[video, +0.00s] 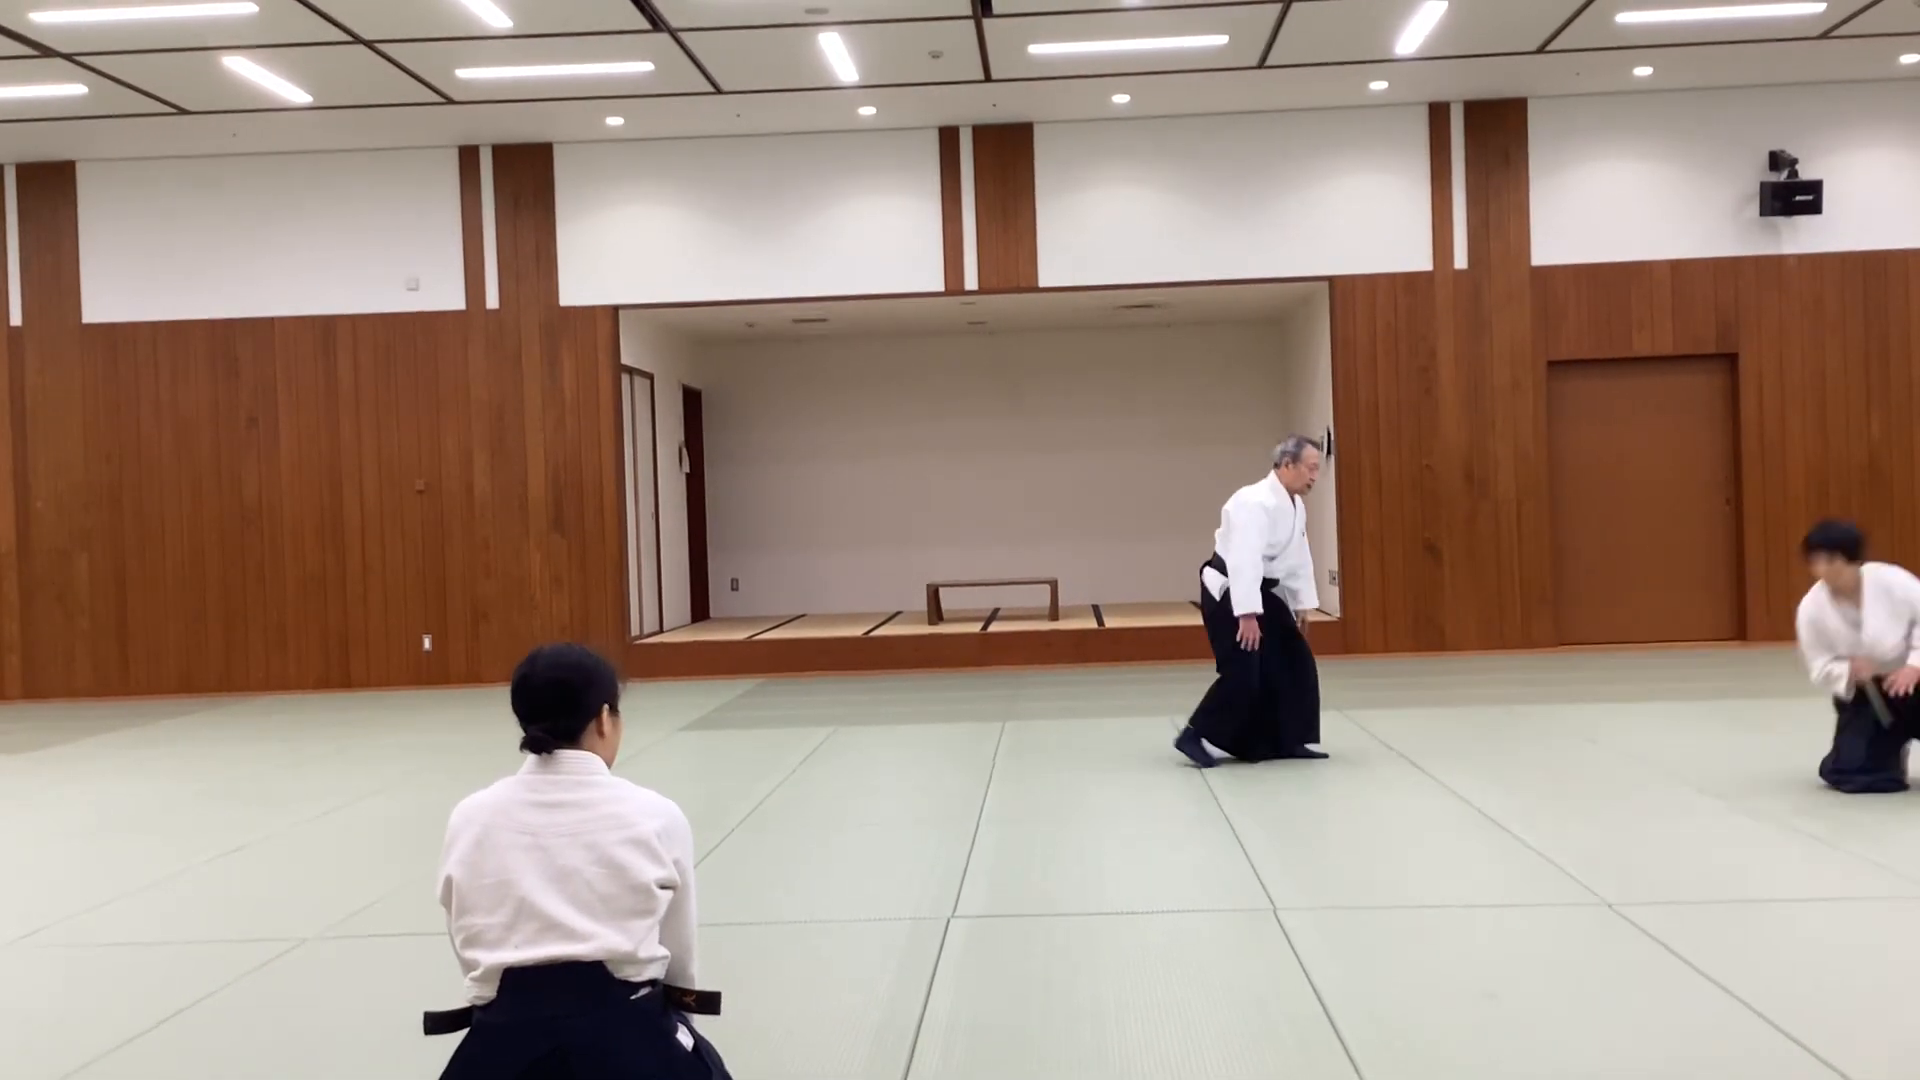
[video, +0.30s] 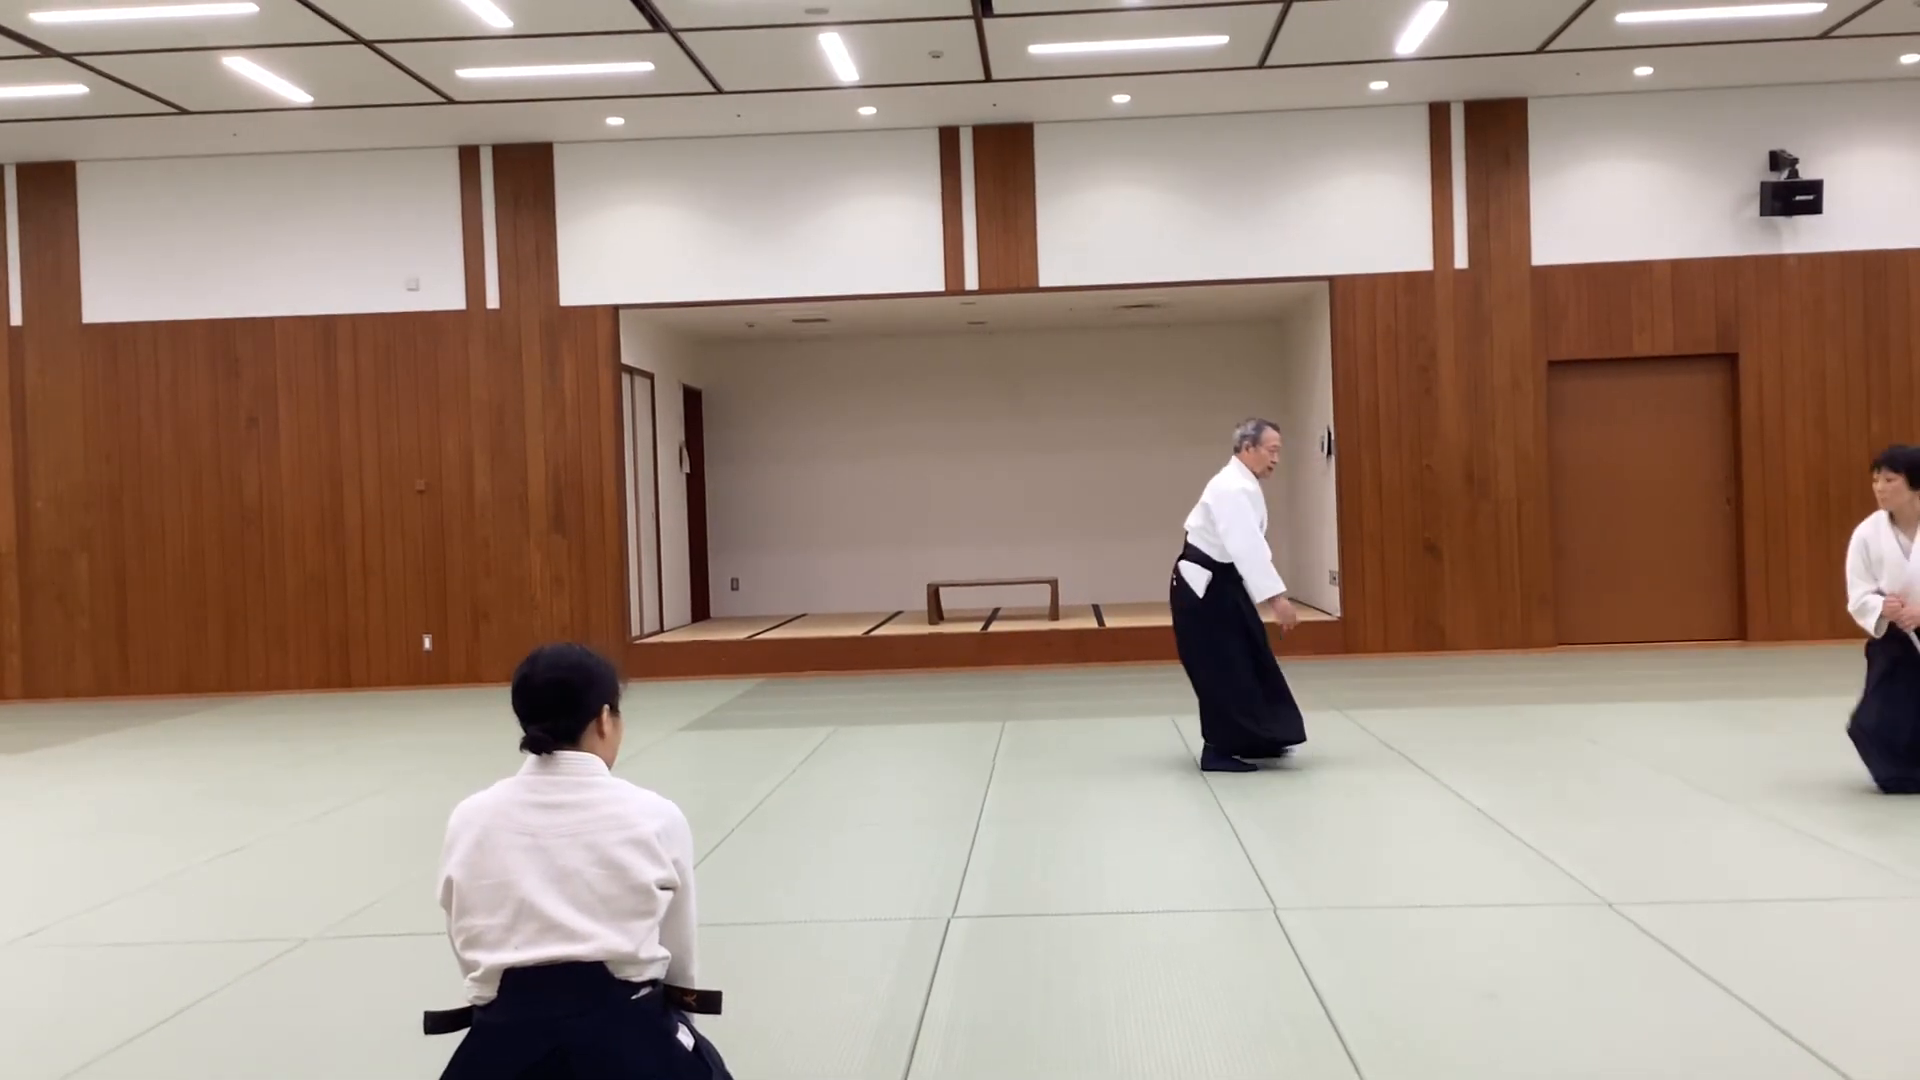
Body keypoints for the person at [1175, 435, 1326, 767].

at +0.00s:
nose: (1315, 476)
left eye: (1317, 469)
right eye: (1310, 467)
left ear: (1292, 468)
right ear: (1287, 465)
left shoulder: (1295, 505)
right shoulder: (1250, 501)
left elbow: (1297, 558)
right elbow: (1243, 559)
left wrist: (1301, 606)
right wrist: (1247, 611)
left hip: (1262, 589)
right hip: (1225, 588)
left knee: (1296, 659)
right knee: (1243, 666)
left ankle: (1289, 741)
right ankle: (1194, 736)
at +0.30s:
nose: (1276, 458)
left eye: (1278, 451)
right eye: (1271, 450)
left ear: (1250, 450)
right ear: (1247, 448)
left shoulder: (1243, 484)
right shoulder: (1231, 487)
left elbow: (1250, 546)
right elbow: (1247, 547)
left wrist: (1272, 595)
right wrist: (1277, 598)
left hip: (1220, 580)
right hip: (1202, 582)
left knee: (1244, 657)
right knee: (1222, 664)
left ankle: (1252, 738)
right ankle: (1217, 751)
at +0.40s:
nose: (1260, 454)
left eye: (1262, 447)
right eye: (1255, 446)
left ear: (1232, 448)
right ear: (1230, 445)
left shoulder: (1225, 480)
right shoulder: (1219, 485)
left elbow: (1243, 539)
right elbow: (1241, 541)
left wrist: (1276, 582)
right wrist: (1279, 586)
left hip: (1195, 580)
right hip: (1193, 584)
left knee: (1208, 662)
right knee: (1220, 663)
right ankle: (1215, 753)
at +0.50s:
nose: (1243, 453)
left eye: (1245, 446)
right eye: (1238, 446)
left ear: (1216, 448)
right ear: (1213, 446)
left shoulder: (1203, 478)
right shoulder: (1206, 486)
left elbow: (1227, 538)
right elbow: (1227, 542)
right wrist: (1270, 582)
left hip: (1174, 580)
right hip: (1185, 587)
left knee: (1173, 665)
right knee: (1216, 665)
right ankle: (1215, 753)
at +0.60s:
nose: (1225, 456)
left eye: (1226, 449)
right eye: (1219, 448)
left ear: (1197, 451)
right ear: (1194, 449)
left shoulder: (1183, 482)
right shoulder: (1191, 489)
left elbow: (1198, 543)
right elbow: (1213, 546)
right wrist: (1255, 588)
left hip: (1158, 584)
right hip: (1174, 590)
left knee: (1144, 666)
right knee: (1212, 667)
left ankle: (1109, 743)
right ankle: (1216, 753)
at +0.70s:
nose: (1209, 456)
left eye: (1210, 450)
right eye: (1203, 449)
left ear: (1180, 451)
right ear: (1179, 449)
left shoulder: (1166, 483)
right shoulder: (1179, 489)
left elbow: (1179, 550)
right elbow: (1198, 551)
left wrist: (1198, 599)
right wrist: (1235, 598)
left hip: (1142, 586)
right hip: (1161, 590)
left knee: (1133, 665)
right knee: (1200, 666)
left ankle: (1106, 745)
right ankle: (1214, 752)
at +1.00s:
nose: (1191, 454)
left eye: (1192, 447)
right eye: (1185, 446)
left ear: (1163, 449)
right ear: (1161, 446)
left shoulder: (1146, 482)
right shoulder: (1164, 488)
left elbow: (1139, 542)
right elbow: (1172, 550)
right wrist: (1189, 597)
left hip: (1126, 587)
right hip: (1147, 590)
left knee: (1128, 668)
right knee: (1189, 664)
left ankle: (1107, 747)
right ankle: (1205, 750)